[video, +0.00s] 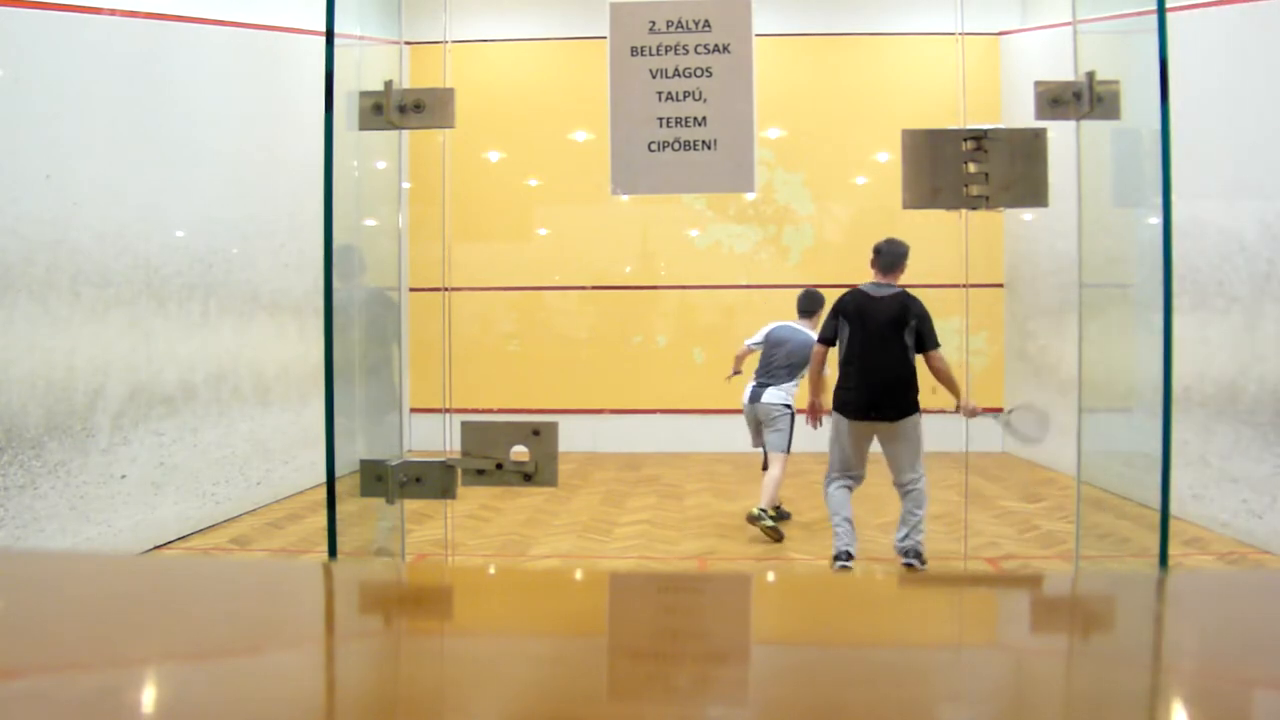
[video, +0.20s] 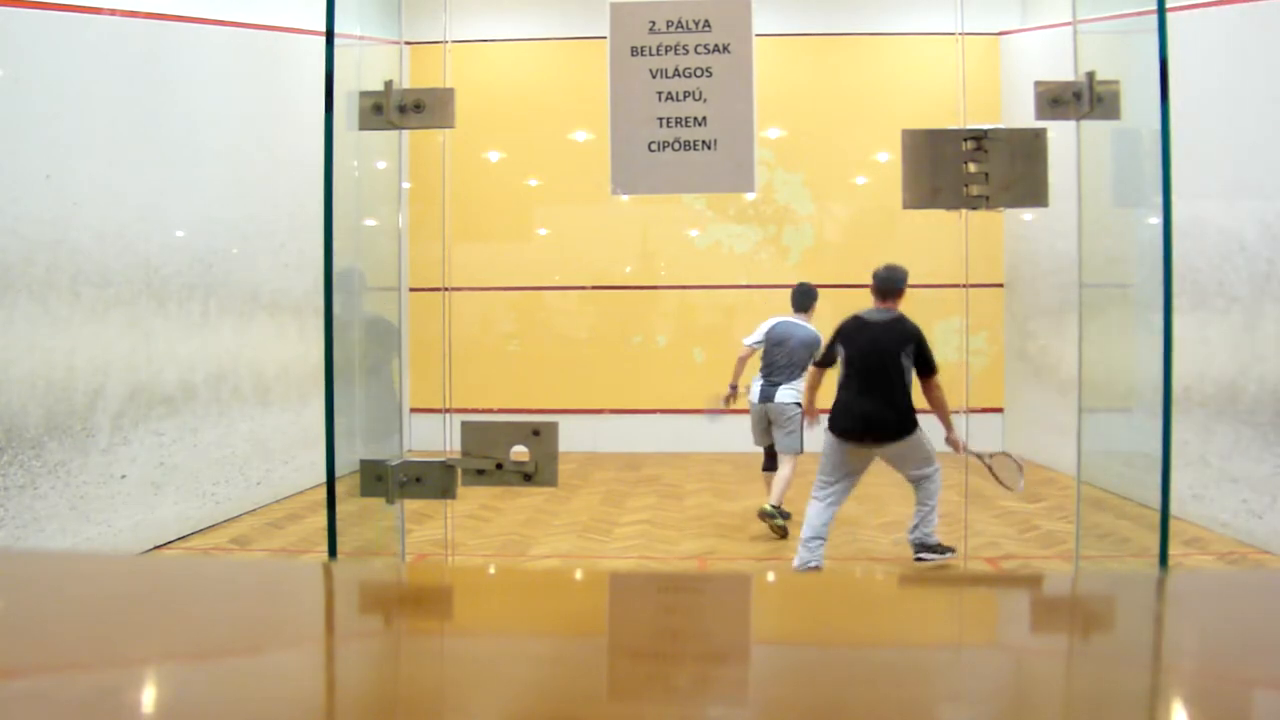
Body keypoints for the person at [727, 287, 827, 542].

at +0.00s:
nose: (820, 315)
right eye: (821, 311)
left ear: (798, 308)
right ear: (819, 312)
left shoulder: (776, 328)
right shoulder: (816, 343)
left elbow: (742, 351)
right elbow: (819, 377)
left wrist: (736, 368)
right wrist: (818, 403)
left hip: (753, 396)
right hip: (779, 400)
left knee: (768, 454)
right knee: (777, 461)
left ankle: (772, 503)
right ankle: (763, 509)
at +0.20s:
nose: (814, 308)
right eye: (815, 304)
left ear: (792, 303)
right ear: (813, 306)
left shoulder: (773, 325)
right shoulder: (815, 338)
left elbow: (744, 355)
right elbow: (817, 372)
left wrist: (734, 385)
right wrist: (811, 403)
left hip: (759, 397)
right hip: (788, 400)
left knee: (769, 454)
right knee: (787, 460)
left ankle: (775, 505)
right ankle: (772, 505)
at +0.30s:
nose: (811, 304)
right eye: (811, 300)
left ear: (788, 300)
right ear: (810, 302)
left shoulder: (768, 324)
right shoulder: (814, 334)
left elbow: (747, 359)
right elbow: (806, 365)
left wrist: (739, 392)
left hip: (760, 398)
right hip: (789, 400)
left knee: (770, 453)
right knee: (791, 458)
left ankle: (773, 508)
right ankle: (781, 507)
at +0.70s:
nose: (808, 299)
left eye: (805, 294)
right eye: (808, 295)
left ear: (783, 296)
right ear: (806, 297)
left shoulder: (763, 324)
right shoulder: (815, 331)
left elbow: (747, 362)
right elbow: (818, 374)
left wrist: (743, 397)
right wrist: (805, 399)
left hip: (760, 401)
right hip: (792, 403)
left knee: (760, 457)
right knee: (795, 467)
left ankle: (758, 508)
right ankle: (784, 521)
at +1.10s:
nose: (779, 291)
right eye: (781, 287)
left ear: (757, 290)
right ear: (781, 290)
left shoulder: (742, 318)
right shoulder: (796, 322)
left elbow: (729, 356)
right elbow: (804, 365)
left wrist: (720, 388)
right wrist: (801, 401)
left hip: (741, 398)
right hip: (776, 401)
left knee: (720, 456)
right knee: (782, 463)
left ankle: (719, 508)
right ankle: (787, 518)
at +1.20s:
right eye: (763, 286)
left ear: (740, 290)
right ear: (765, 289)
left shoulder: (730, 319)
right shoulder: (783, 322)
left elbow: (722, 360)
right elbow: (794, 364)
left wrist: (708, 393)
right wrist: (788, 401)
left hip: (733, 397)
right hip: (768, 400)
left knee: (706, 460)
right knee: (775, 463)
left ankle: (704, 518)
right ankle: (778, 522)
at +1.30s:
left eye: (721, 298)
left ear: (720, 302)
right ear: (744, 300)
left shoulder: (717, 333)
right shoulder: (765, 333)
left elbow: (711, 378)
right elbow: (779, 376)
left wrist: (691, 415)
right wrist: (768, 407)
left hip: (726, 415)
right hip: (760, 415)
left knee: (692, 472)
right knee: (760, 475)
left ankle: (682, 536)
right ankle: (776, 532)